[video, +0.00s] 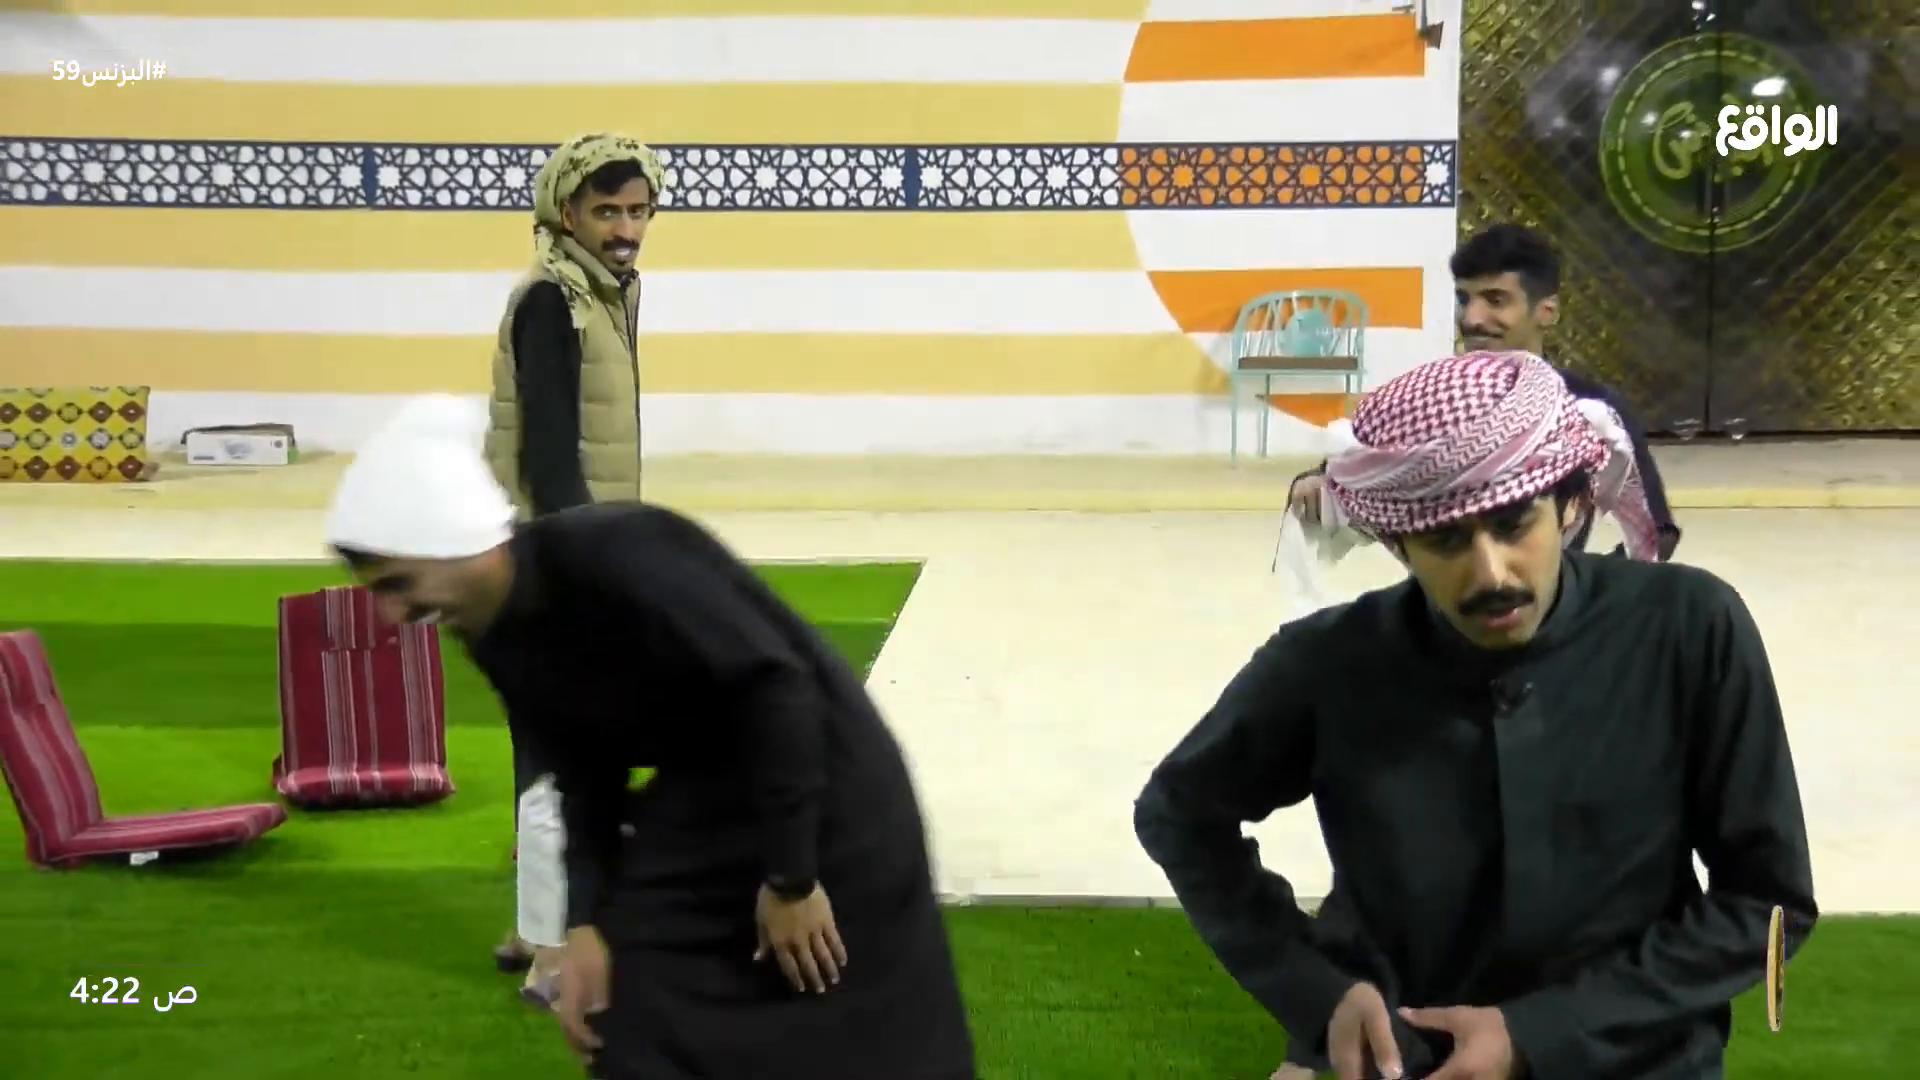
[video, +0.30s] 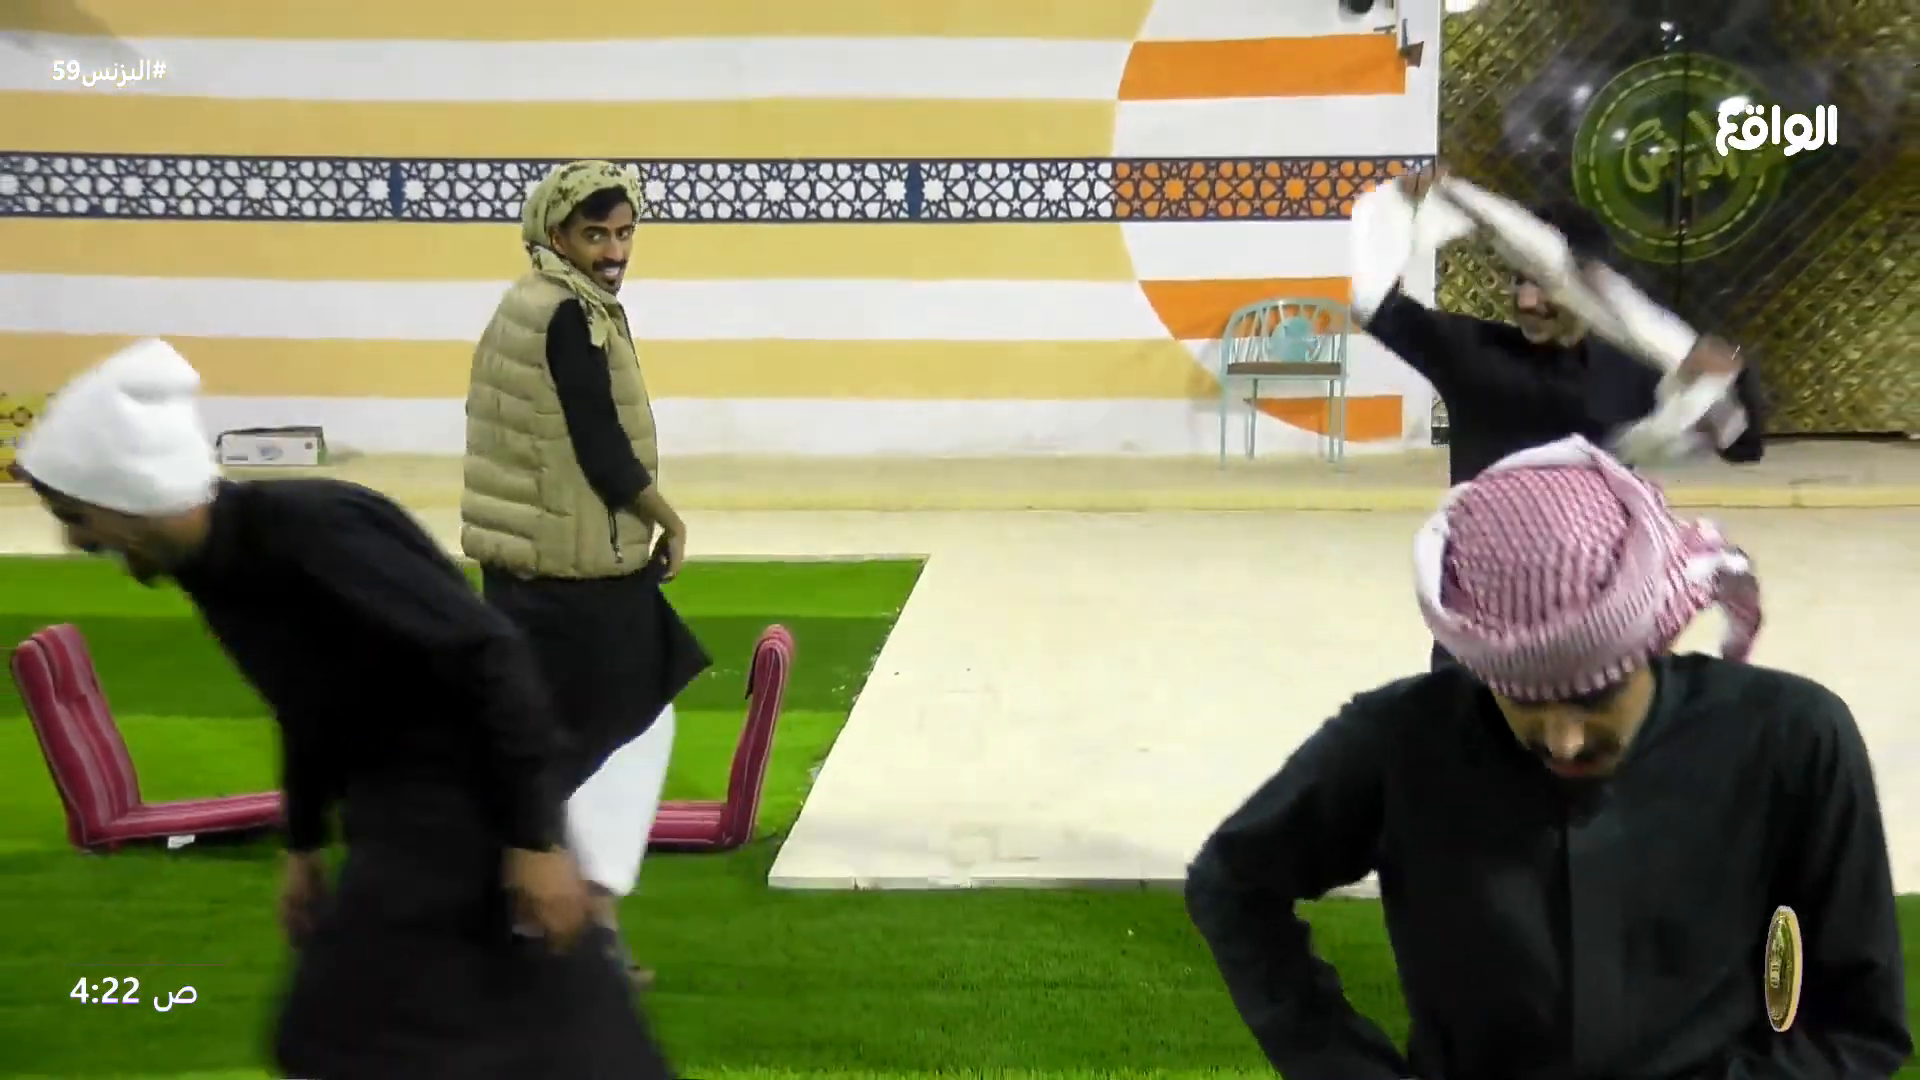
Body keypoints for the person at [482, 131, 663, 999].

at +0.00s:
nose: (626, 229)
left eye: (638, 213)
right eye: (607, 212)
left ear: (648, 217)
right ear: (563, 215)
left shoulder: (607, 302)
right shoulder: (548, 303)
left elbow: (611, 443)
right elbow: (552, 454)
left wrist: (635, 558)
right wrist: (579, 570)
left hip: (601, 566)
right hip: (555, 569)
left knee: (581, 761)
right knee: (555, 763)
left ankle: (555, 927)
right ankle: (550, 943)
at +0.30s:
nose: (617, 248)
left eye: (625, 233)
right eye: (599, 233)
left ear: (630, 234)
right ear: (558, 234)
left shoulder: (520, 305)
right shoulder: (574, 316)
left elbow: (527, 443)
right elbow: (603, 453)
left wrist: (625, 516)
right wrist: (665, 514)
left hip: (520, 577)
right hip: (578, 583)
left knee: (543, 748)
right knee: (629, 740)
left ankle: (533, 920)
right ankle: (588, 923)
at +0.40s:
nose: (620, 248)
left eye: (627, 233)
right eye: (604, 233)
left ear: (631, 234)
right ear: (561, 233)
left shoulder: (515, 303)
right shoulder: (579, 312)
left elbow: (471, 403)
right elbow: (606, 450)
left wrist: (548, 454)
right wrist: (658, 497)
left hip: (514, 565)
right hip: (587, 569)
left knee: (535, 726)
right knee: (665, 700)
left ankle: (534, 911)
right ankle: (615, 882)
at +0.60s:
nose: (654, 251)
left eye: (659, 238)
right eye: (641, 238)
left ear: (587, 246)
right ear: (600, 238)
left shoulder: (542, 309)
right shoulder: (617, 308)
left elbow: (533, 425)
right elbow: (642, 421)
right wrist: (670, 478)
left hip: (542, 558)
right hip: (624, 557)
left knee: (563, 719)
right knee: (678, 703)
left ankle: (565, 902)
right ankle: (673, 867)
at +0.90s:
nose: (823, 269)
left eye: (821, 258)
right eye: (820, 259)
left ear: (747, 249)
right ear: (808, 261)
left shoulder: (692, 315)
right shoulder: (815, 326)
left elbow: (680, 413)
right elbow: (838, 429)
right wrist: (829, 476)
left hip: (699, 540)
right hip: (787, 543)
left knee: (722, 671)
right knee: (813, 682)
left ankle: (733, 793)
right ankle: (816, 848)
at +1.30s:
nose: (799, 243)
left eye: (804, 233)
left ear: (810, 238)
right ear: (878, 236)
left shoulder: (784, 309)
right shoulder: (907, 299)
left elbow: (772, 427)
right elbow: (951, 387)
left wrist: (812, 460)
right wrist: (931, 437)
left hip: (812, 527)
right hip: (904, 521)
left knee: (812, 671)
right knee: (910, 652)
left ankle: (835, 817)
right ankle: (948, 768)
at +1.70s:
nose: (902, 238)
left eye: (906, 226)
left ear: (916, 231)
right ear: (980, 220)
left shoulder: (905, 303)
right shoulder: (1024, 288)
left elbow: (893, 413)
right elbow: (1074, 379)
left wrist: (895, 483)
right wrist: (1040, 436)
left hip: (951, 523)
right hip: (1030, 518)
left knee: (963, 692)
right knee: (997, 643)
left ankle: (977, 850)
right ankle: (1010, 781)